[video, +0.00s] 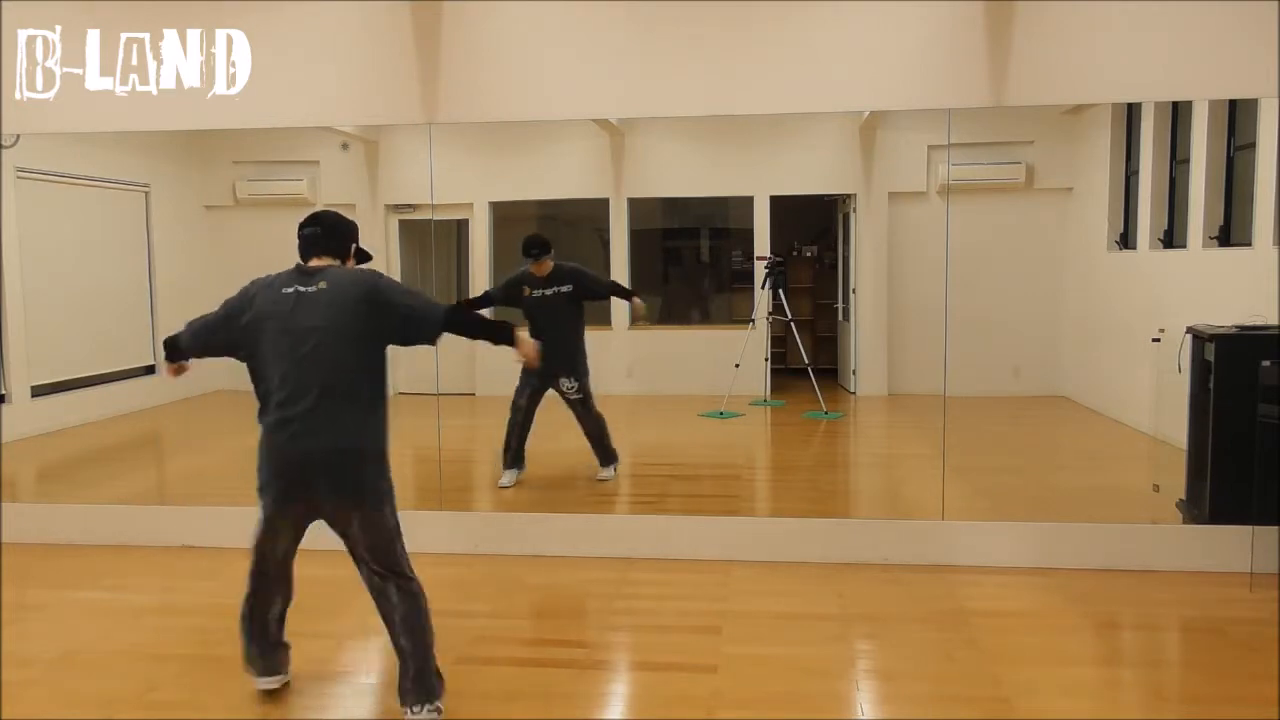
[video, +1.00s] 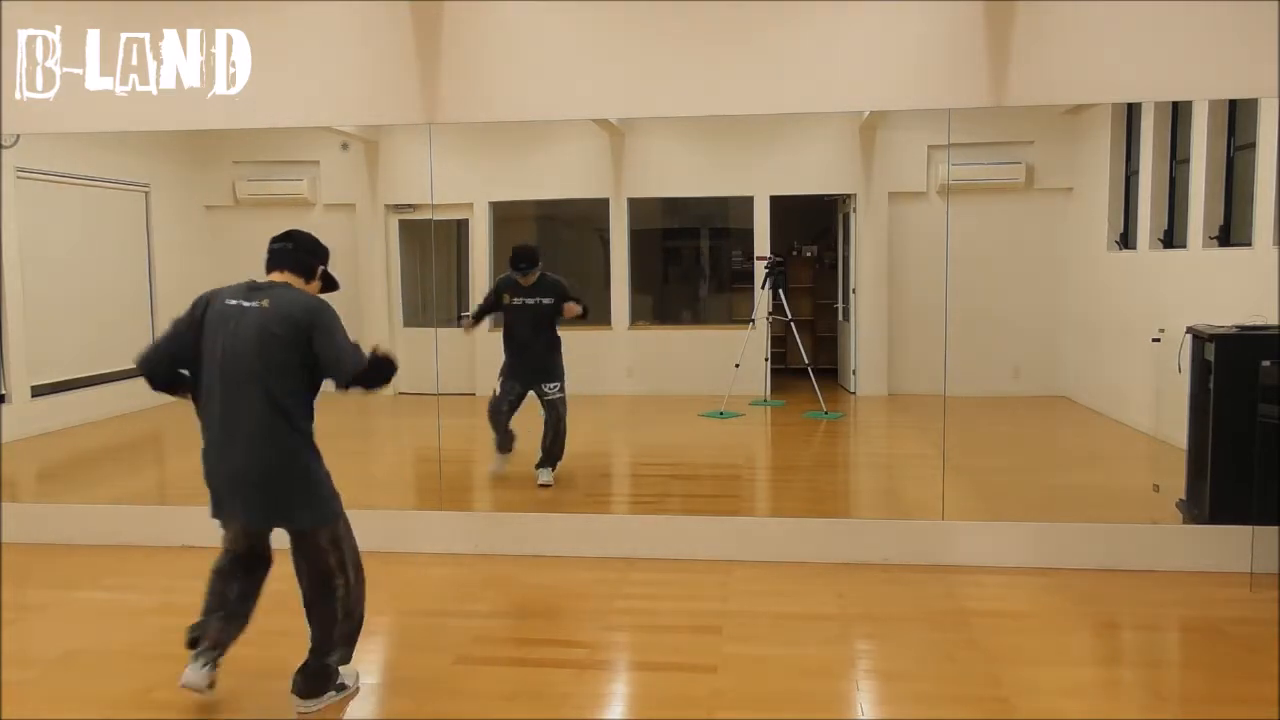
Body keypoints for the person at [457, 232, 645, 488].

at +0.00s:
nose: (537, 268)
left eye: (541, 262)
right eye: (532, 263)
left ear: (550, 255)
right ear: (526, 260)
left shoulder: (571, 275)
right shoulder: (521, 282)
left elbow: (605, 286)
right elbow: (490, 298)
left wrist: (633, 297)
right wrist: (459, 306)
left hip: (569, 358)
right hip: (537, 358)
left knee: (585, 412)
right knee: (520, 409)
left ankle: (608, 462)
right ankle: (512, 466)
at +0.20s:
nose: (551, 271)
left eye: (555, 265)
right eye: (546, 267)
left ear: (564, 260)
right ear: (540, 265)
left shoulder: (585, 283)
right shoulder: (538, 287)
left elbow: (611, 309)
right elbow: (526, 316)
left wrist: (622, 338)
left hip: (587, 357)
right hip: (556, 359)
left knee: (592, 411)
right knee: (555, 418)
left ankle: (609, 461)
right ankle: (576, 447)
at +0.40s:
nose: (560, 267)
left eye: (564, 262)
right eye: (555, 263)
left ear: (571, 256)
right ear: (547, 259)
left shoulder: (588, 276)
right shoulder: (538, 280)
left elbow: (592, 311)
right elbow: (537, 316)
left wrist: (568, 312)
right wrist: (554, 323)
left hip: (581, 347)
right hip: (554, 351)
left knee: (584, 402)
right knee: (563, 405)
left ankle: (579, 457)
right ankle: (580, 452)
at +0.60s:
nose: (559, 273)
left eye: (563, 268)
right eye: (554, 269)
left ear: (570, 263)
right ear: (546, 264)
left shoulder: (581, 278)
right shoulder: (536, 279)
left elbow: (579, 312)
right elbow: (533, 318)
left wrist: (564, 327)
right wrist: (560, 319)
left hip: (574, 351)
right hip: (547, 354)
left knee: (567, 410)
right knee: (559, 411)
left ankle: (546, 461)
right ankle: (582, 455)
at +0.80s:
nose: (546, 279)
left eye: (550, 274)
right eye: (541, 275)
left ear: (558, 268)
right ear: (534, 269)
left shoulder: (570, 285)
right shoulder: (523, 283)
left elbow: (571, 321)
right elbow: (524, 318)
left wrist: (549, 342)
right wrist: (533, 343)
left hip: (562, 354)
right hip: (534, 354)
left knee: (560, 412)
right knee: (537, 413)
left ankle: (546, 463)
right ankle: (568, 448)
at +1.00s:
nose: (522, 280)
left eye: (526, 275)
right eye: (518, 275)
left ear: (537, 269)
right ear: (512, 270)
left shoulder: (554, 286)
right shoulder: (504, 285)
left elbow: (581, 310)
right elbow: (489, 305)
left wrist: (577, 309)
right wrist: (474, 319)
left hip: (548, 365)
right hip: (516, 364)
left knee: (556, 415)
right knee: (497, 411)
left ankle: (547, 465)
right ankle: (505, 446)